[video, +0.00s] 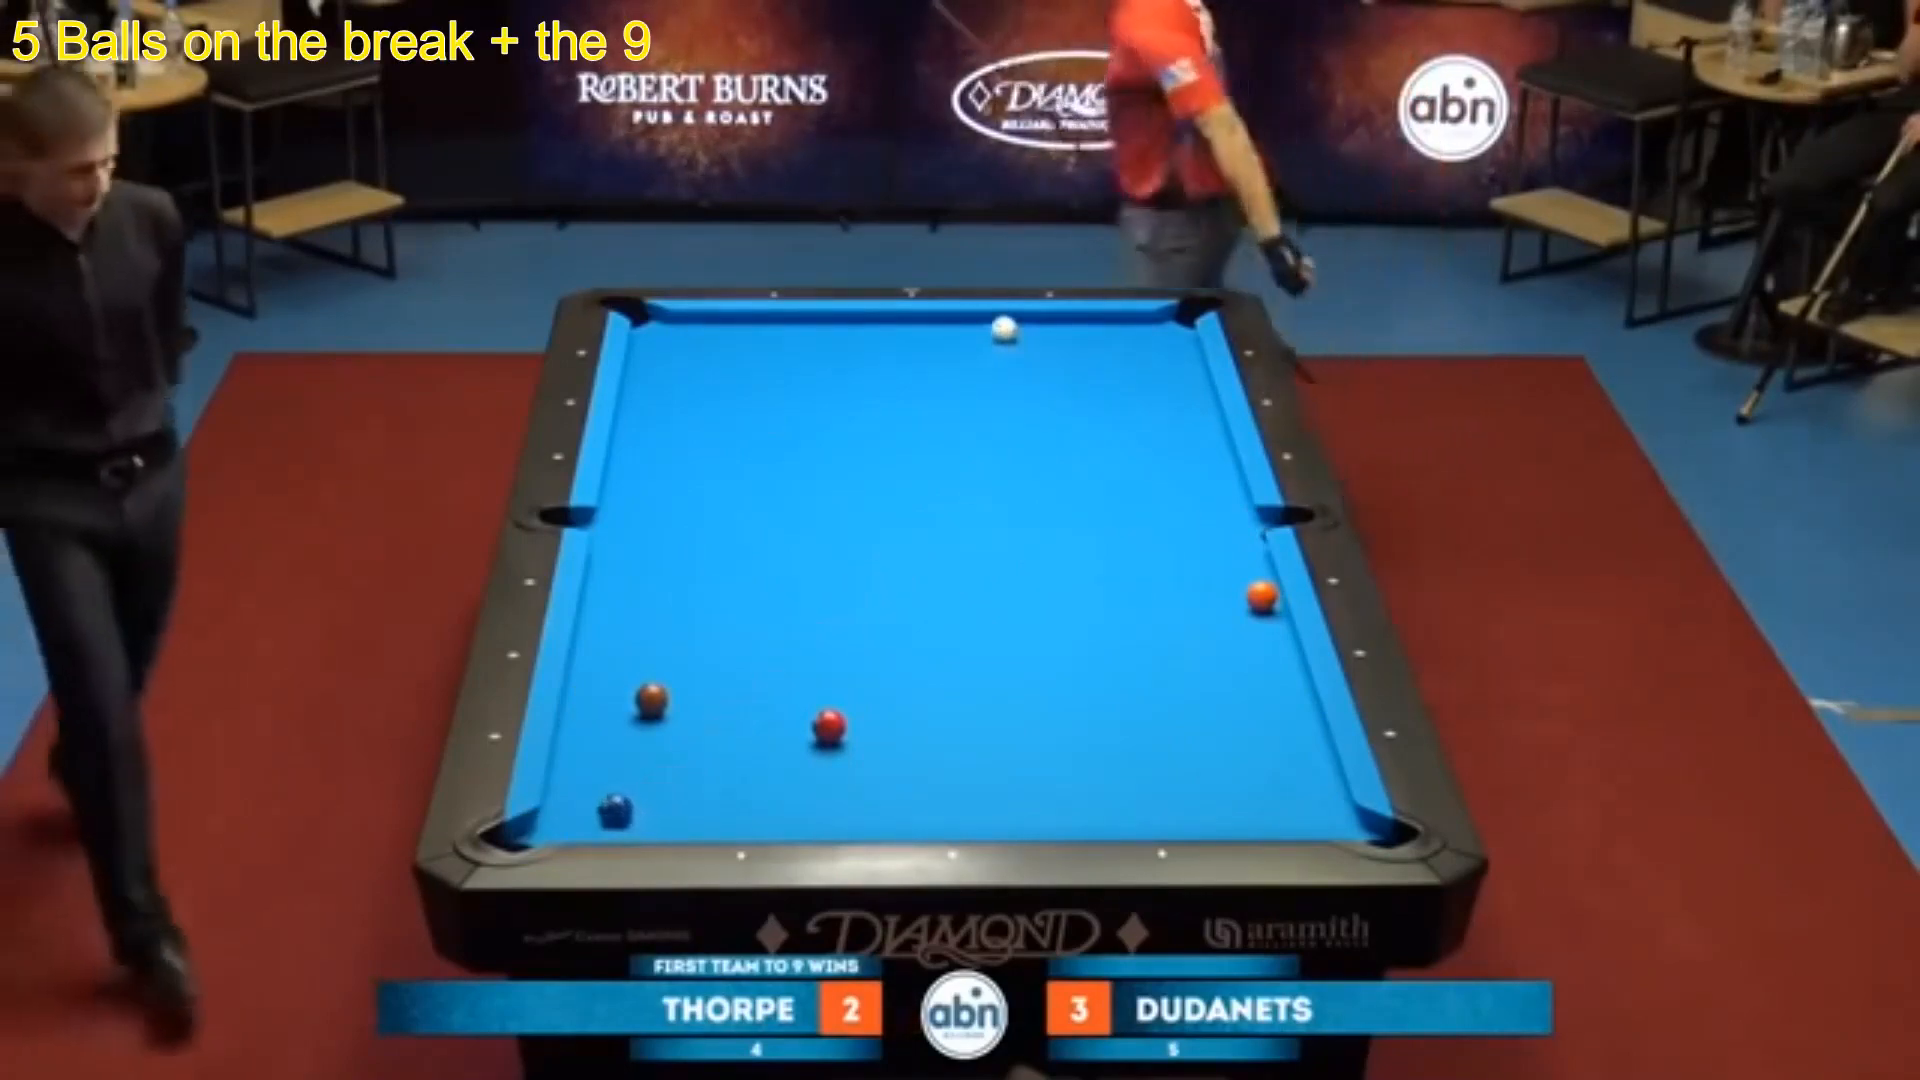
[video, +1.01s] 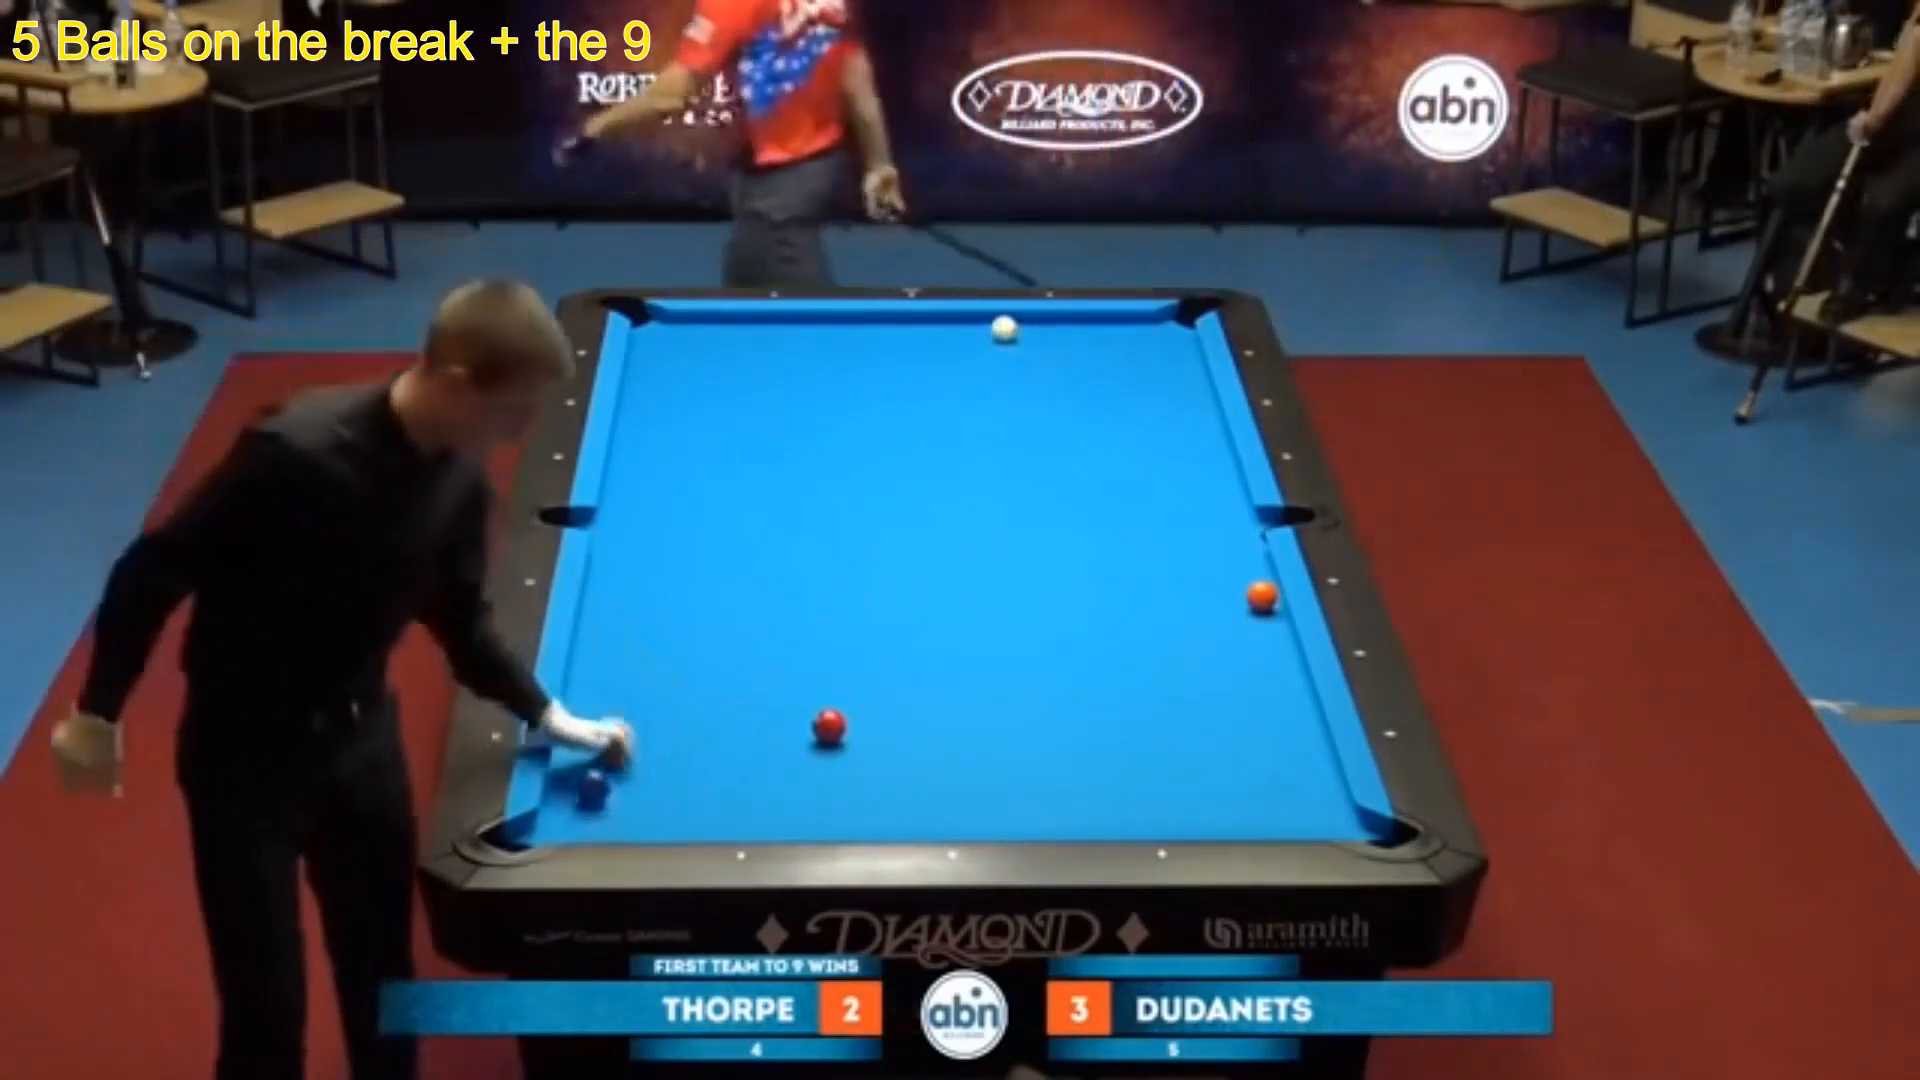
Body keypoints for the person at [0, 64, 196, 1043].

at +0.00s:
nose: (97, 185)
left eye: (105, 166)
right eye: (77, 173)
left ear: (115, 151)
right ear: (20, 172)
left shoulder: (150, 220)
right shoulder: (8, 249)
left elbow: (171, 338)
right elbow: (10, 384)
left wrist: (141, 420)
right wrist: (38, 455)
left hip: (150, 481)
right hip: (46, 499)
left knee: (127, 666)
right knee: (103, 711)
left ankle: (76, 759)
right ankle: (144, 930)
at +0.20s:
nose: (149, 204)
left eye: (157, 184)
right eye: (128, 192)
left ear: (167, 169)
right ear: (71, 185)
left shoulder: (207, 246)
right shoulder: (27, 280)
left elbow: (243, 373)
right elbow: (6, 429)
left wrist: (273, 493)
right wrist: (11, 554)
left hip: (196, 514)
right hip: (87, 531)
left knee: (239, 742)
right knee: (132, 754)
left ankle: (151, 833)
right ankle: (158, 948)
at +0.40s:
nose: (252, 255)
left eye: (257, 236)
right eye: (232, 240)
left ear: (260, 222)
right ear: (165, 231)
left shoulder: (265, 303)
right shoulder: (84, 335)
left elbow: (339, 419)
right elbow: (20, 486)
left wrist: (416, 534)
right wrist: (31, 636)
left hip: (244, 577)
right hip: (135, 598)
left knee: (291, 816)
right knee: (152, 804)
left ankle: (356, 1041)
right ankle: (164, 965)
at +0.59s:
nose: (376, 333)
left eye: (385, 314)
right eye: (363, 313)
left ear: (389, 300)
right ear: (301, 287)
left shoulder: (367, 389)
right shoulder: (184, 375)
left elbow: (460, 503)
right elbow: (86, 511)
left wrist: (568, 615)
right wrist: (79, 664)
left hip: (289, 640)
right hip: (174, 653)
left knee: (344, 881)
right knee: (203, 872)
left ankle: (383, 1061)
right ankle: (179, 970)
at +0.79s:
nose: (472, 381)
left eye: (481, 362)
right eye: (464, 360)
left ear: (418, 329)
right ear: (403, 325)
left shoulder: (436, 428)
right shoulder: (250, 398)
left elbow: (501, 558)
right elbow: (121, 515)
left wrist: (591, 678)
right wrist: (86, 660)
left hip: (327, 673)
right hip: (208, 683)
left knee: (371, 928)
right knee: (242, 941)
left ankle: (391, 1073)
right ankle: (231, 1079)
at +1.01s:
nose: (517, 435)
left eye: (526, 416)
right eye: (511, 413)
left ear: (457, 378)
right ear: (454, 379)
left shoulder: (459, 479)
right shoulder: (291, 452)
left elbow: (459, 617)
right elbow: (152, 571)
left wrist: (551, 717)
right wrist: (97, 712)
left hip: (359, 740)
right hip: (242, 753)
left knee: (383, 994)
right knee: (264, 1012)